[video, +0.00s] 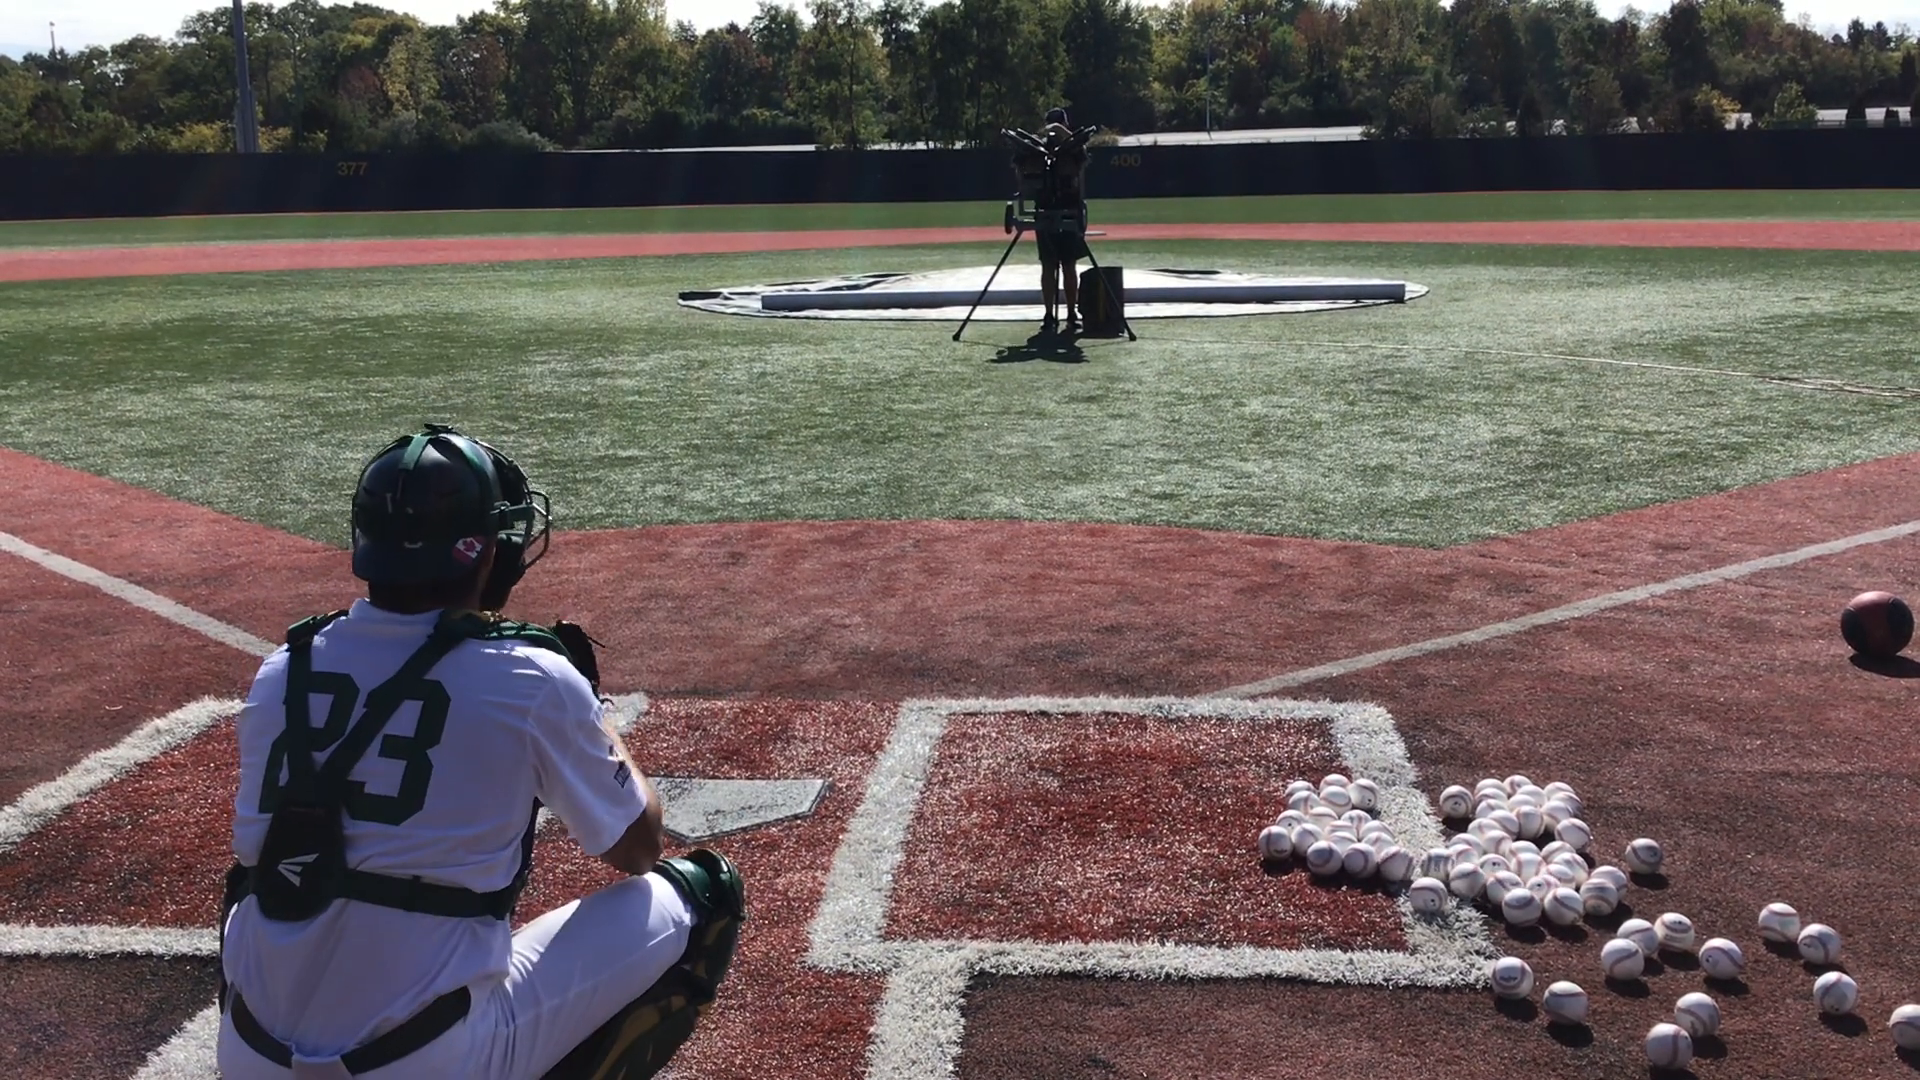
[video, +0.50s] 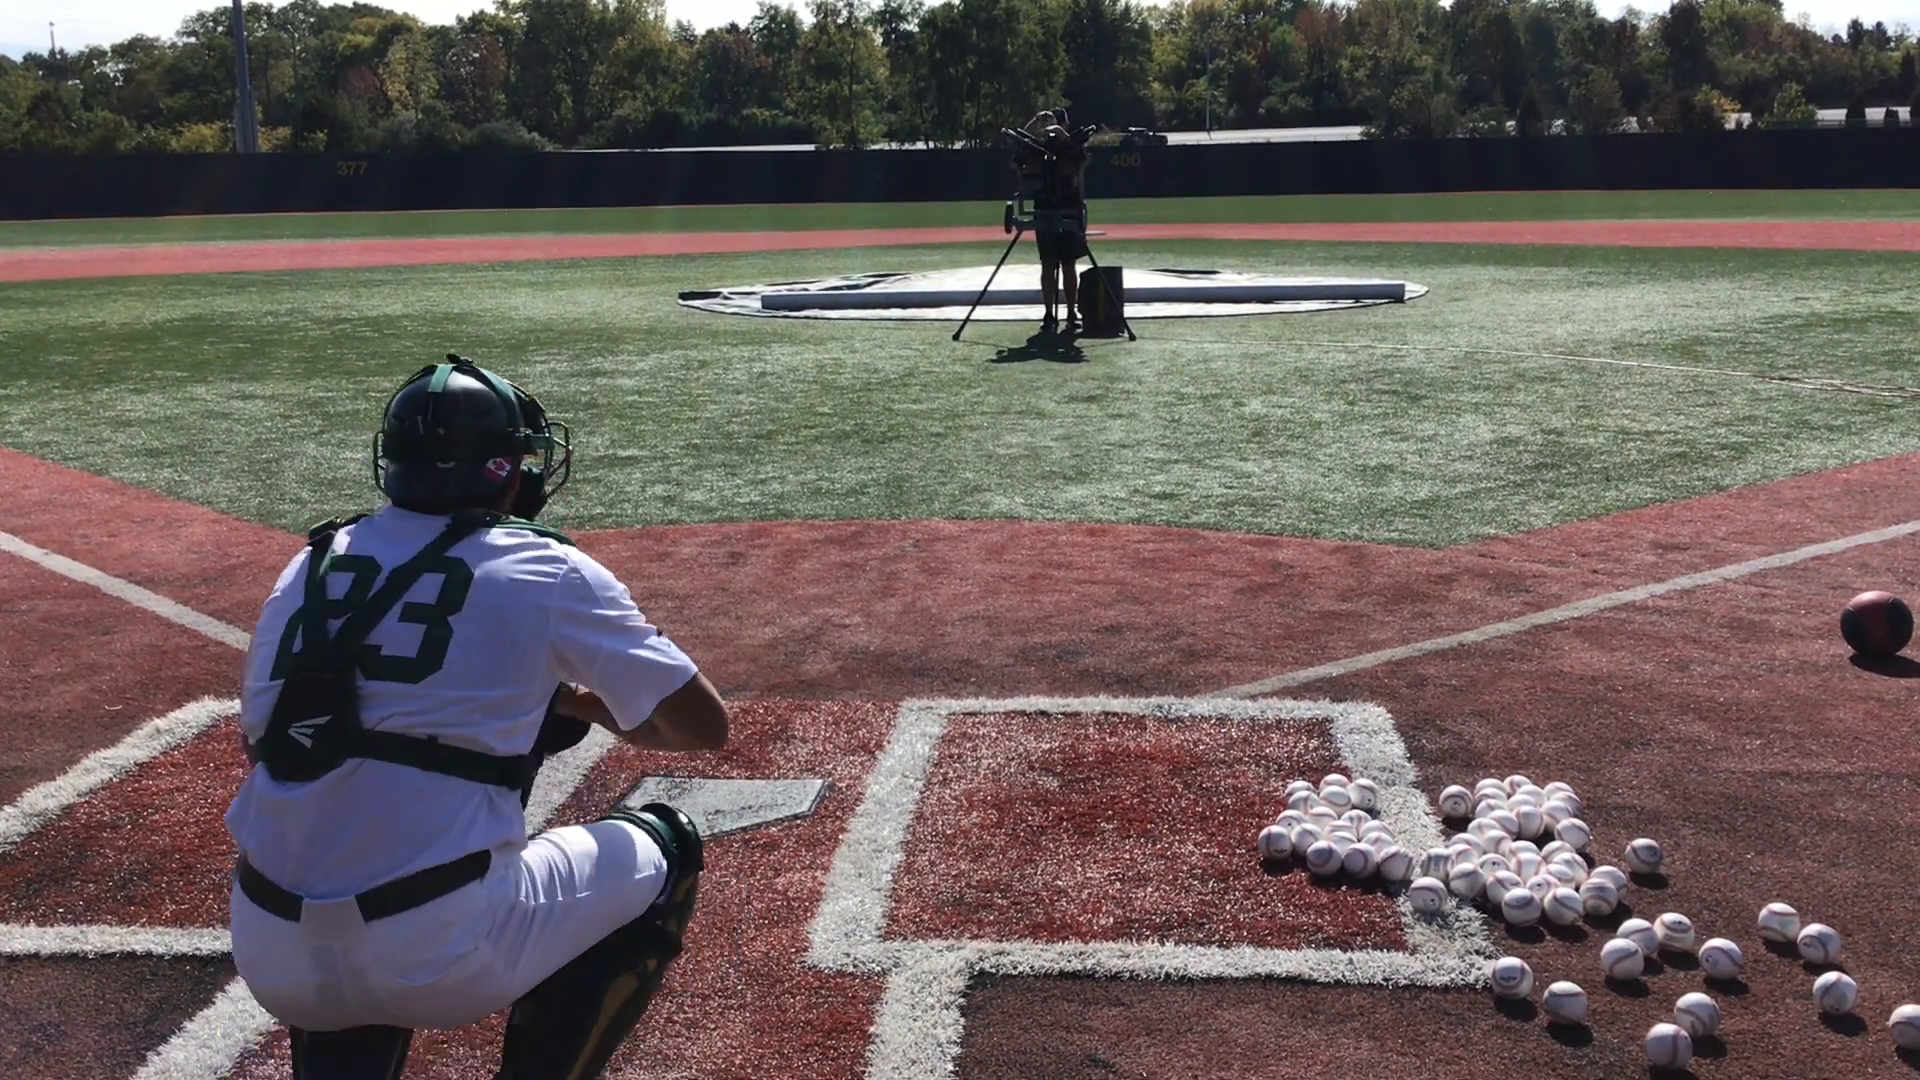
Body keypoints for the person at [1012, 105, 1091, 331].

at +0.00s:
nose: (1054, 131)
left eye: (1057, 127)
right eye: (1051, 127)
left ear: (1065, 127)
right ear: (1048, 128)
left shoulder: (1074, 147)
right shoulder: (1039, 149)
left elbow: (1081, 160)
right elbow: (1021, 165)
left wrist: (1066, 135)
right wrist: (1029, 144)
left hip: (1070, 213)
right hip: (1045, 213)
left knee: (1069, 267)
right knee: (1048, 269)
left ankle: (1072, 314)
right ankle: (1049, 315)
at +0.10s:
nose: (1054, 132)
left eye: (1057, 127)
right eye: (1051, 128)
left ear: (1065, 128)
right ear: (1046, 129)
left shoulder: (1073, 149)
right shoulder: (1039, 150)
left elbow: (1081, 158)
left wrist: (1066, 135)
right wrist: (1028, 145)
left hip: (1070, 213)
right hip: (1045, 214)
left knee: (1069, 267)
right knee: (1048, 268)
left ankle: (1072, 314)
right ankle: (1049, 315)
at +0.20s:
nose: (1054, 133)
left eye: (1058, 128)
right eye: (1051, 129)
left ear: (1063, 128)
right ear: (1044, 130)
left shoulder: (1073, 149)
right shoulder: (1039, 149)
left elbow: (1082, 157)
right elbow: (1021, 154)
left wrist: (1065, 134)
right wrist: (1033, 124)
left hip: (1069, 212)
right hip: (1044, 213)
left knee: (1069, 267)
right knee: (1048, 269)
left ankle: (1071, 314)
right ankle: (1049, 315)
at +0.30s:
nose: (1055, 131)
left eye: (1058, 126)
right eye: (1052, 127)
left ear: (1062, 127)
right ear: (1045, 128)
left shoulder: (1072, 148)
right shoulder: (1038, 149)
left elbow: (1082, 158)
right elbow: (1019, 156)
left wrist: (1063, 134)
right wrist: (1032, 128)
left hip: (1069, 213)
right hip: (1044, 214)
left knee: (1068, 268)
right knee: (1048, 269)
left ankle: (1071, 314)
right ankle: (1049, 315)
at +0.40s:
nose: (1054, 131)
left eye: (1056, 127)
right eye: (1051, 127)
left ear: (1063, 127)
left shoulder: (1073, 148)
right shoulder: (1037, 149)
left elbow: (1080, 157)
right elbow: (1019, 147)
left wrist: (1062, 133)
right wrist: (1034, 121)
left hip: (1069, 213)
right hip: (1045, 214)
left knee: (1068, 267)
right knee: (1049, 268)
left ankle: (1071, 314)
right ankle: (1049, 314)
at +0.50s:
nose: (1053, 132)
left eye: (1057, 128)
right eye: (1050, 129)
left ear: (1066, 127)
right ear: (1046, 131)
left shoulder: (1073, 148)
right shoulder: (1038, 150)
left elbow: (1079, 155)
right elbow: (1018, 147)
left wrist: (1061, 132)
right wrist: (1034, 123)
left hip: (1069, 213)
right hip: (1045, 213)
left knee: (1069, 267)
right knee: (1048, 268)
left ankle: (1071, 313)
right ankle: (1049, 314)